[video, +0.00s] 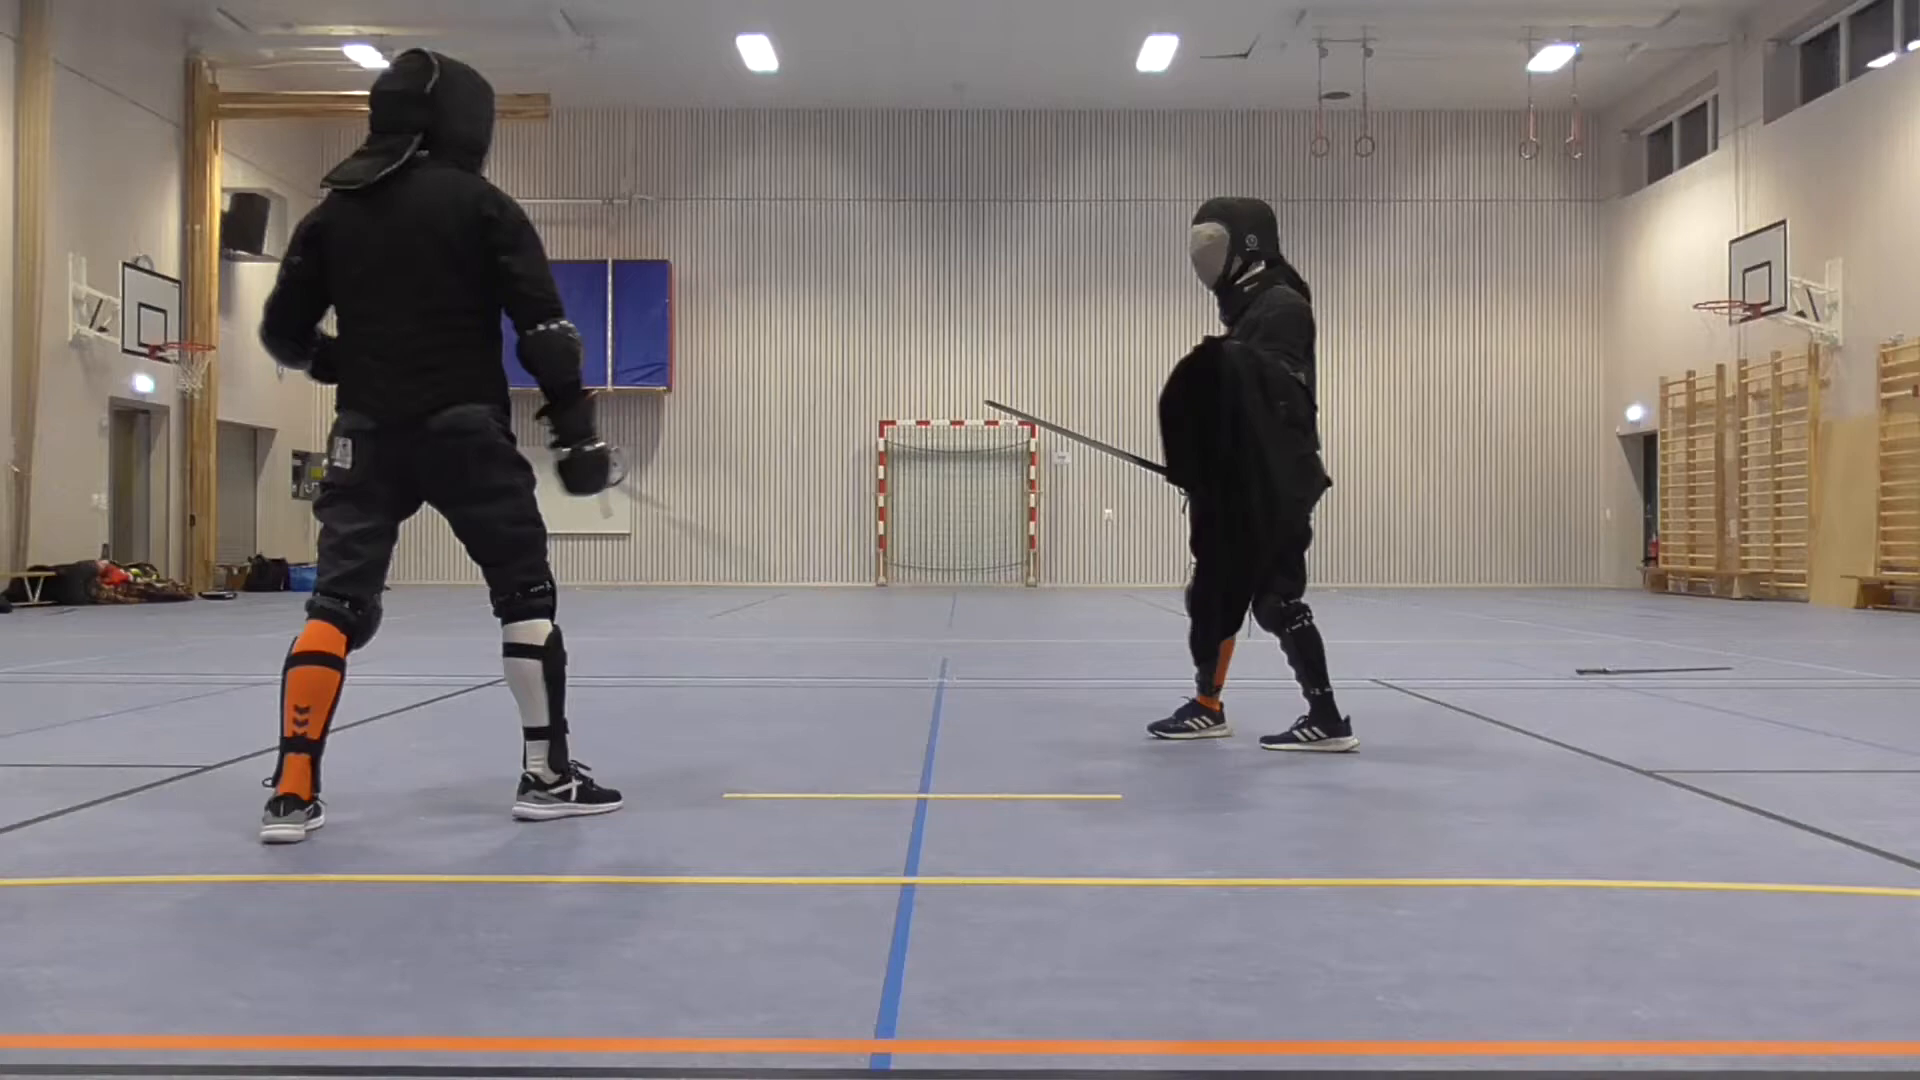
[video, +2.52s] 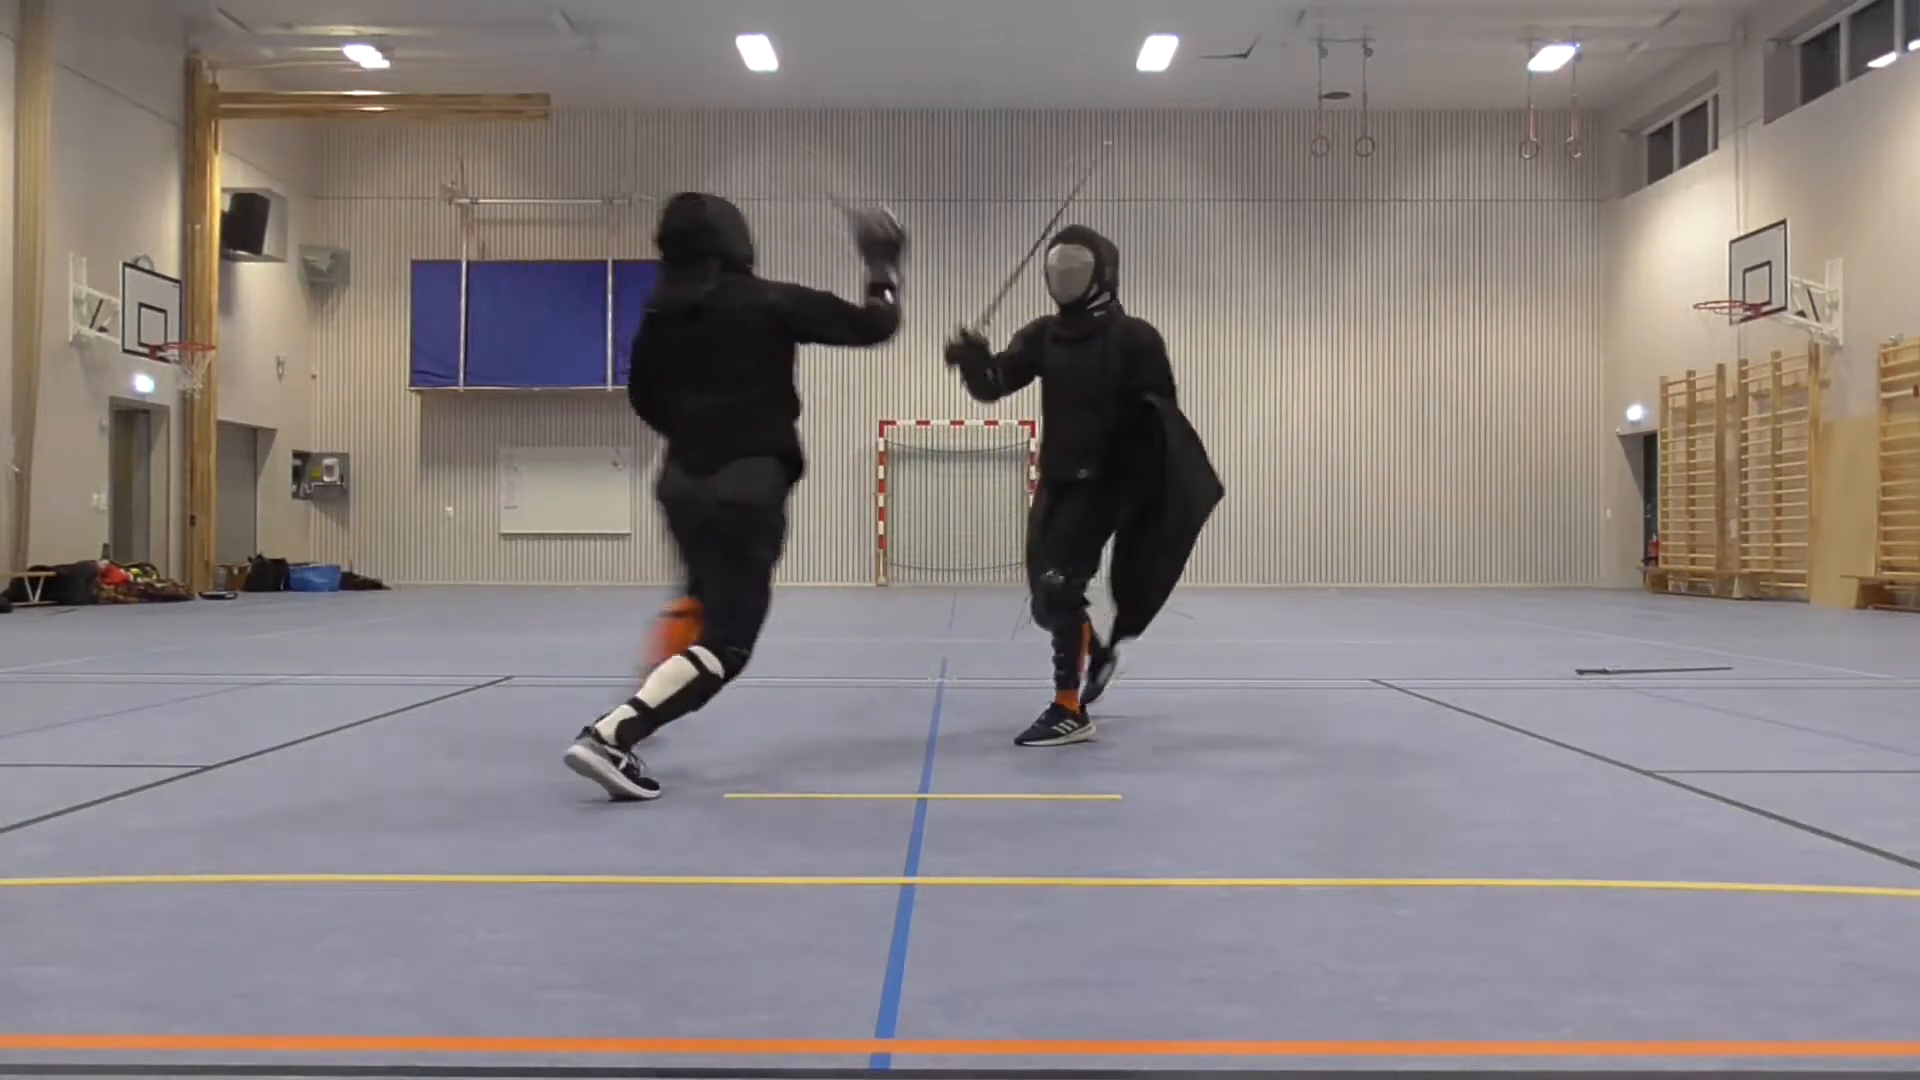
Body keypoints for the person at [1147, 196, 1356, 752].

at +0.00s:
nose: (1204, 261)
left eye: (1212, 248)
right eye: (1201, 249)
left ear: (1247, 247)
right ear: (1246, 249)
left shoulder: (1280, 308)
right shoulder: (1251, 309)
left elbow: (1276, 396)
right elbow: (1248, 404)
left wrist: (1222, 367)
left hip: (1278, 485)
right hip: (1244, 484)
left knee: (1280, 601)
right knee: (1212, 595)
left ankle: (1326, 715)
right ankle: (1207, 706)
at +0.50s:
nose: (1156, 260)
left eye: (1166, 248)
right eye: (1155, 248)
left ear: (1200, 248)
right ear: (1199, 251)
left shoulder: (1228, 309)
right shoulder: (1202, 306)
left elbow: (1224, 391)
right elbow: (1200, 391)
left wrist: (1163, 367)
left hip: (1220, 477)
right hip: (1208, 475)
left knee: (1193, 588)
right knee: (1211, 589)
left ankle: (1203, 706)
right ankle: (1294, 683)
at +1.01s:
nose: (1111, 271)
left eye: (1121, 258)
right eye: (1109, 259)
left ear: (1154, 260)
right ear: (1143, 262)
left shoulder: (1177, 326)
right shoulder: (1145, 318)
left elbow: (1184, 430)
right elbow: (1144, 423)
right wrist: (1110, 479)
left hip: (1179, 493)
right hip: (1147, 490)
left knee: (1166, 595)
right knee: (1130, 592)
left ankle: (1203, 705)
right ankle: (1106, 690)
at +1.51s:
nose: (1047, 277)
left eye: (1058, 266)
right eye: (1044, 267)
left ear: (1091, 269)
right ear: (1047, 270)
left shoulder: (1124, 330)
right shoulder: (1061, 340)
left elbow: (1141, 421)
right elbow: (1058, 425)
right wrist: (1032, 478)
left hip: (1121, 482)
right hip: (1080, 481)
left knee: (1081, 578)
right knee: (1058, 594)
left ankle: (1116, 697)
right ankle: (1094, 693)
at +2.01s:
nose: (1029, 274)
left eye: (1042, 263)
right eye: (1022, 264)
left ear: (1071, 266)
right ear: (1015, 267)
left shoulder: (1110, 330)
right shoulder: (1022, 335)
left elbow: (1140, 412)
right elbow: (974, 392)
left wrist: (1123, 472)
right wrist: (923, 413)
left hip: (1105, 485)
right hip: (1058, 485)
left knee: (1060, 590)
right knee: (1067, 586)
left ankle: (1073, 709)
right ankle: (1095, 690)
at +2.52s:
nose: (1060, 278)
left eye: (1072, 267)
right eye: (1054, 268)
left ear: (1100, 272)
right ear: (1047, 273)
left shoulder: (1135, 339)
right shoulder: (1043, 336)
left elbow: (1158, 424)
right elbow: (992, 386)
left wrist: (1128, 484)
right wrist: (973, 360)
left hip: (1108, 486)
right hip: (1057, 482)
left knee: (1061, 584)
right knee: (1046, 597)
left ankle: (1069, 709)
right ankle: (1096, 651)